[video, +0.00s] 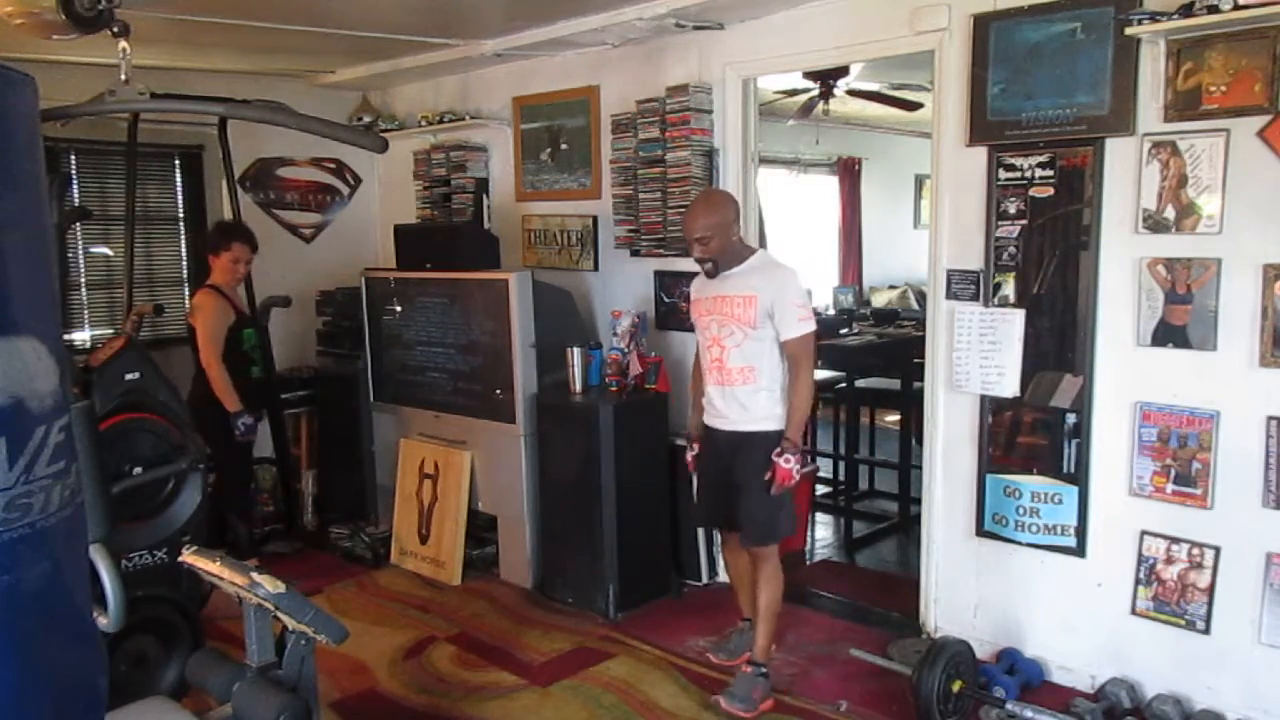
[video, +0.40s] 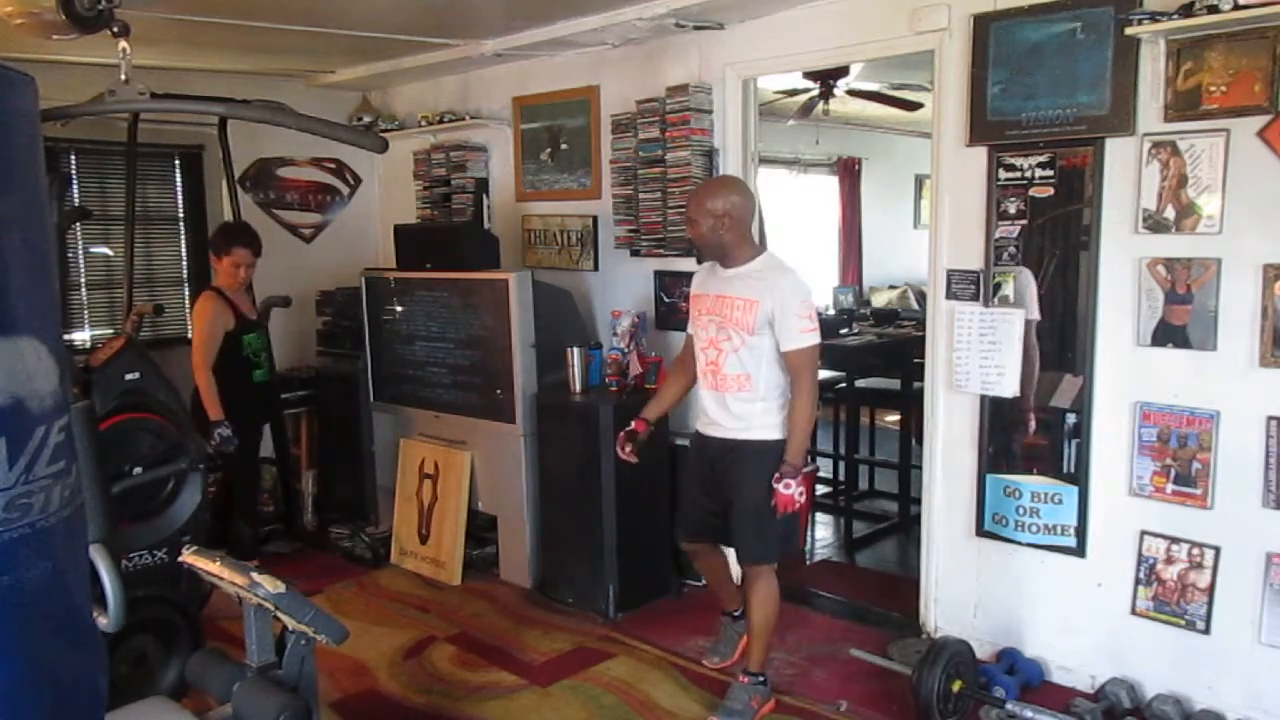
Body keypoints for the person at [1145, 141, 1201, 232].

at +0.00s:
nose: (1157, 158)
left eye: (1159, 153)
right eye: (1155, 156)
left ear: (1168, 150)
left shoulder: (1175, 161)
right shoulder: (1164, 167)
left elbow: (1171, 187)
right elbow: (1161, 189)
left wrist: (1160, 213)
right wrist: (1157, 212)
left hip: (1189, 210)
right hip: (1180, 212)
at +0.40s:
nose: (1157, 158)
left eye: (1159, 153)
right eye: (1155, 155)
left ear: (1168, 150)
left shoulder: (1175, 161)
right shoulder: (1164, 166)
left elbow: (1170, 187)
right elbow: (1161, 188)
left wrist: (1160, 213)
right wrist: (1157, 212)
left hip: (1190, 210)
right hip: (1180, 212)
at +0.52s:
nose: (1157, 158)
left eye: (1159, 153)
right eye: (1155, 156)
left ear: (1168, 150)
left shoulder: (1175, 161)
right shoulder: (1164, 166)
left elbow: (1170, 187)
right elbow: (1161, 188)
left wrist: (1160, 213)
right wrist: (1157, 212)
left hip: (1190, 211)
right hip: (1180, 212)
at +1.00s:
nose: (1157, 158)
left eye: (1159, 153)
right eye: (1155, 156)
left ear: (1168, 150)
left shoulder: (1175, 161)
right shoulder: (1164, 166)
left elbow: (1170, 187)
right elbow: (1161, 188)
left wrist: (1160, 213)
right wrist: (1157, 212)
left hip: (1190, 210)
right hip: (1180, 212)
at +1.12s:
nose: (1157, 158)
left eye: (1159, 153)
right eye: (1155, 156)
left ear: (1168, 150)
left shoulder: (1174, 161)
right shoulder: (1164, 165)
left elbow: (1171, 187)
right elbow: (1161, 187)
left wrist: (1160, 212)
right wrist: (1157, 211)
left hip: (1190, 210)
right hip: (1180, 211)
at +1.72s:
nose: (1157, 158)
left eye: (1159, 154)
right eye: (1155, 156)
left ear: (1168, 150)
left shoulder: (1175, 161)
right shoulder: (1164, 166)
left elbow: (1170, 187)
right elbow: (1161, 188)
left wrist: (1160, 212)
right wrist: (1157, 211)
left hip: (1190, 210)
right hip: (1180, 211)